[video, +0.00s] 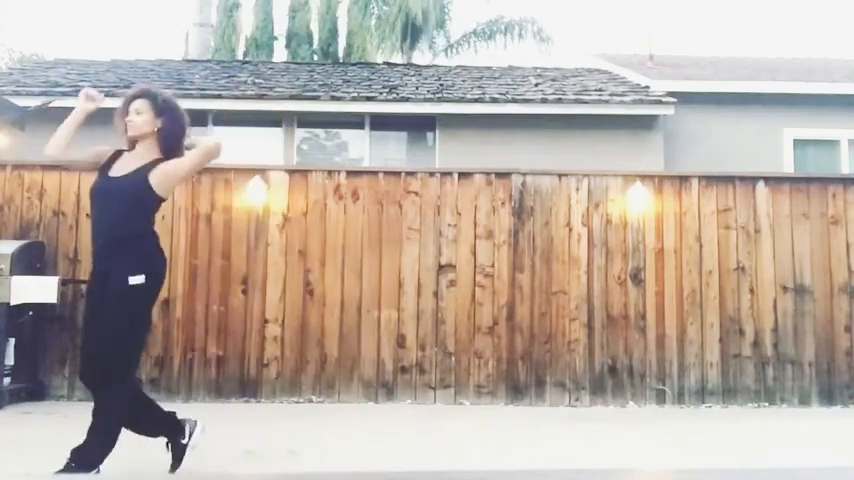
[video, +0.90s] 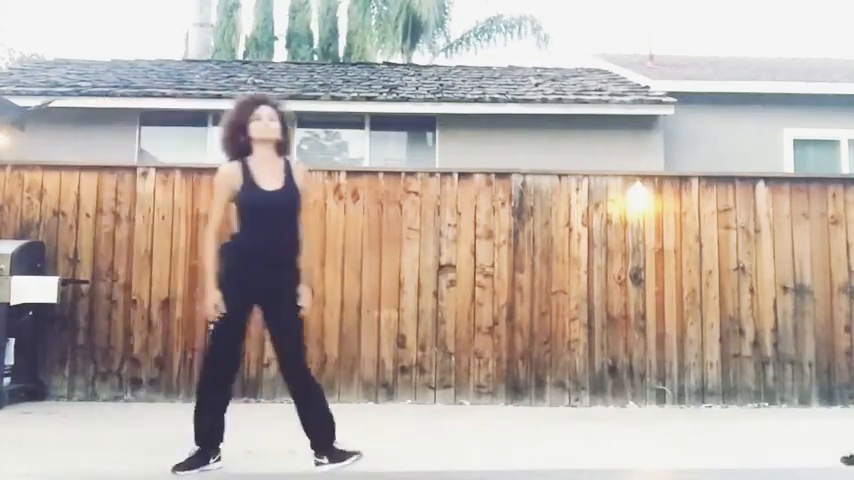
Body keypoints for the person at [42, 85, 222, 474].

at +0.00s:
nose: (129, 119)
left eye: (138, 113)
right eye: (127, 113)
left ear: (161, 121)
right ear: (124, 121)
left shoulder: (165, 169)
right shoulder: (114, 157)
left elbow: (215, 145)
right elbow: (54, 152)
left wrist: (187, 147)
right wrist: (81, 110)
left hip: (136, 270)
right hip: (104, 268)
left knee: (116, 368)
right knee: (92, 370)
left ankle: (88, 460)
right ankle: (173, 429)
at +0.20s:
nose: (148, 118)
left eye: (157, 112)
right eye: (146, 113)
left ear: (178, 118)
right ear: (143, 120)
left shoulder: (192, 164)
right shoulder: (134, 160)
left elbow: (231, 182)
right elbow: (90, 188)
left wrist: (219, 160)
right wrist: (90, 139)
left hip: (167, 266)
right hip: (133, 264)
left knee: (135, 359)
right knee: (133, 360)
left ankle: (90, 456)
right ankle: (187, 434)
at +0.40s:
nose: (175, 117)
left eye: (183, 111)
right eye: (172, 112)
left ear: (204, 116)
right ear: (169, 121)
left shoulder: (226, 159)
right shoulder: (162, 163)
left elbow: (253, 208)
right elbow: (140, 216)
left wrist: (247, 176)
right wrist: (112, 184)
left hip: (202, 263)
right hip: (164, 262)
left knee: (156, 347)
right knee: (178, 353)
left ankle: (139, 452)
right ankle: (204, 444)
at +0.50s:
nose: (188, 118)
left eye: (196, 112)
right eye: (185, 114)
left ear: (217, 118)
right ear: (182, 122)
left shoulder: (238, 163)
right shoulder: (175, 165)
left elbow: (259, 222)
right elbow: (158, 223)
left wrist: (260, 203)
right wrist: (126, 212)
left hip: (215, 264)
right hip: (175, 262)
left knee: (186, 353)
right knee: (177, 355)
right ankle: (198, 447)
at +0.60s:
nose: (203, 122)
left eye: (211, 116)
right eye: (200, 117)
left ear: (230, 123)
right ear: (195, 125)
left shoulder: (252, 168)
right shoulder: (188, 168)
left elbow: (265, 217)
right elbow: (175, 222)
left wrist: (267, 237)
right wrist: (153, 245)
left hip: (226, 273)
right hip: (185, 272)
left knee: (214, 356)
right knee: (187, 359)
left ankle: (240, 439)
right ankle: (204, 445)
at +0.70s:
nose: (219, 123)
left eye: (227, 117)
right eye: (214, 119)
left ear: (244, 124)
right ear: (209, 128)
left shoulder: (267, 171)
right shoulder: (200, 168)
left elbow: (275, 225)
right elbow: (185, 222)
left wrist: (272, 268)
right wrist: (175, 264)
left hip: (243, 274)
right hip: (198, 272)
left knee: (257, 356)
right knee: (195, 358)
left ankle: (278, 443)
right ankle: (206, 446)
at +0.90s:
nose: (268, 123)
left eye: (273, 118)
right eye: (259, 119)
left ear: (282, 128)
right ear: (245, 129)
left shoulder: (295, 170)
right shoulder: (232, 172)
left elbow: (302, 230)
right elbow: (213, 231)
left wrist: (304, 281)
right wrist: (211, 287)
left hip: (281, 277)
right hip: (238, 277)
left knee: (295, 365)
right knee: (219, 362)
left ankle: (324, 446)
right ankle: (207, 447)